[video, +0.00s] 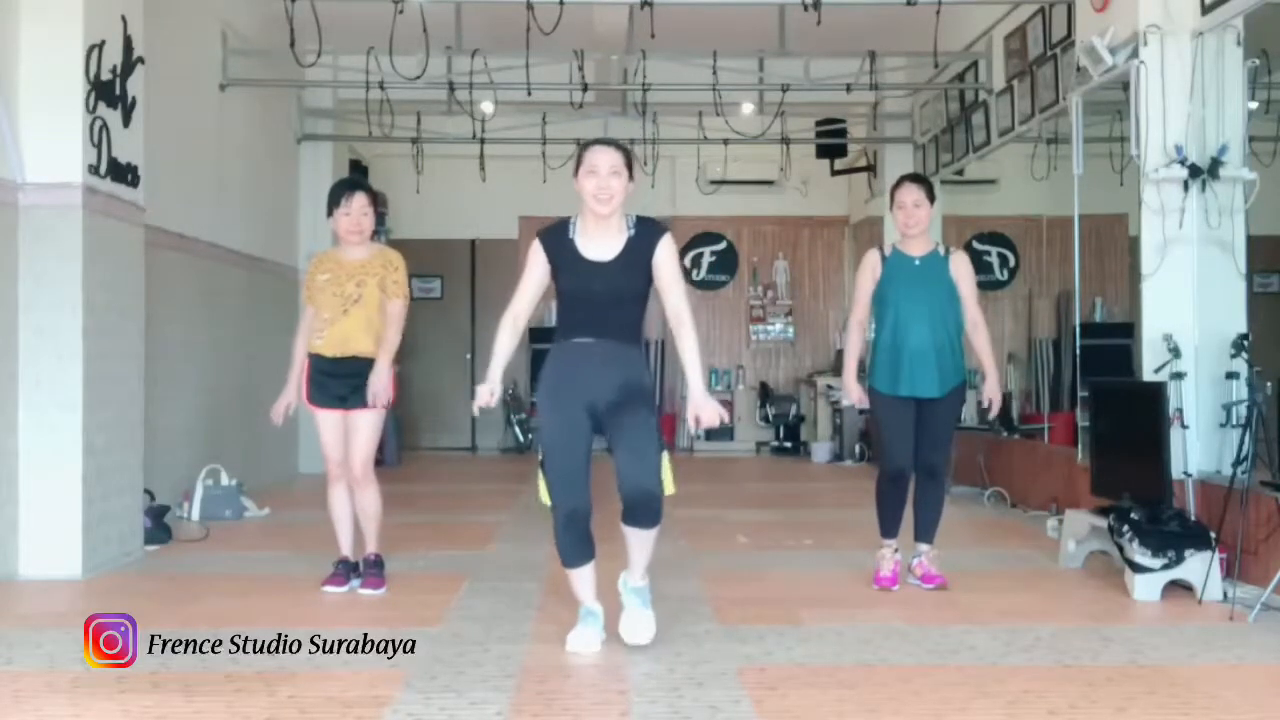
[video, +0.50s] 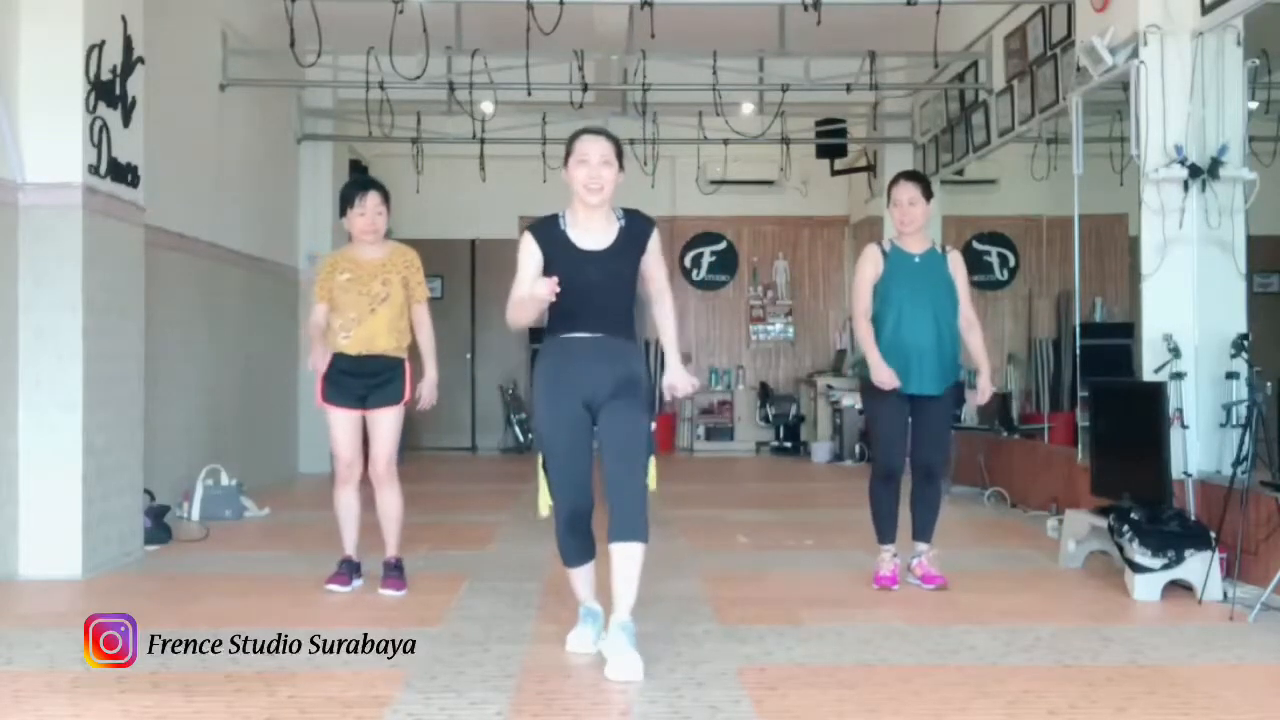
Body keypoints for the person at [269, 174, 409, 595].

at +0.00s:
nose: (356, 220)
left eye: (365, 212)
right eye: (347, 212)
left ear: (376, 218)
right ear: (331, 219)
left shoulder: (390, 262)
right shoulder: (320, 266)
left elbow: (395, 321)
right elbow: (306, 329)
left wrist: (383, 367)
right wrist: (292, 386)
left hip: (370, 368)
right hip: (324, 367)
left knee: (360, 468)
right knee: (335, 468)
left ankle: (372, 558)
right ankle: (346, 560)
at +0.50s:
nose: (371, 219)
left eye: (378, 211)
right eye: (361, 211)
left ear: (388, 216)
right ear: (345, 218)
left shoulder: (405, 259)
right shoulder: (332, 265)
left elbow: (421, 318)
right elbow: (318, 317)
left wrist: (430, 371)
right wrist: (318, 347)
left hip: (390, 368)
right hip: (341, 367)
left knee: (382, 468)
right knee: (346, 468)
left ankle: (393, 561)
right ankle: (349, 560)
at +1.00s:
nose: (367, 229)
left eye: (374, 221)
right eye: (357, 221)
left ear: (384, 225)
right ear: (341, 226)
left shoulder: (399, 268)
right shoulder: (327, 270)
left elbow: (413, 326)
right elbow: (307, 327)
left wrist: (418, 383)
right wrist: (312, 368)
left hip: (382, 372)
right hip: (335, 373)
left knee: (379, 466)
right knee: (341, 469)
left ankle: (393, 554)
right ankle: (349, 559)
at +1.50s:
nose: (354, 219)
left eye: (363, 212)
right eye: (346, 212)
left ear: (375, 219)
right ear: (332, 219)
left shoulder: (393, 262)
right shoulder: (322, 267)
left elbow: (416, 319)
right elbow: (309, 325)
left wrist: (398, 348)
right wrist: (303, 377)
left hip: (383, 371)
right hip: (336, 372)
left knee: (395, 469)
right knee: (344, 468)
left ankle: (408, 537)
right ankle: (350, 559)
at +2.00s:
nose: (356, 223)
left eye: (365, 215)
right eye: (347, 215)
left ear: (376, 222)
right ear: (333, 221)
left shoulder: (391, 266)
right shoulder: (320, 270)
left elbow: (408, 326)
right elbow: (305, 324)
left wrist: (423, 382)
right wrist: (297, 370)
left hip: (376, 373)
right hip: (327, 373)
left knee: (378, 470)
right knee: (338, 470)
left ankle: (397, 532)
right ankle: (348, 560)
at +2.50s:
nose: (359, 222)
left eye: (367, 215)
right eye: (350, 214)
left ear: (377, 220)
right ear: (334, 220)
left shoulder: (393, 263)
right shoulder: (319, 267)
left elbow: (408, 317)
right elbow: (304, 331)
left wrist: (416, 368)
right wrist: (330, 321)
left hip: (377, 367)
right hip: (329, 367)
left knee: (362, 452)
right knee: (339, 464)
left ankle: (365, 555)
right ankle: (347, 558)